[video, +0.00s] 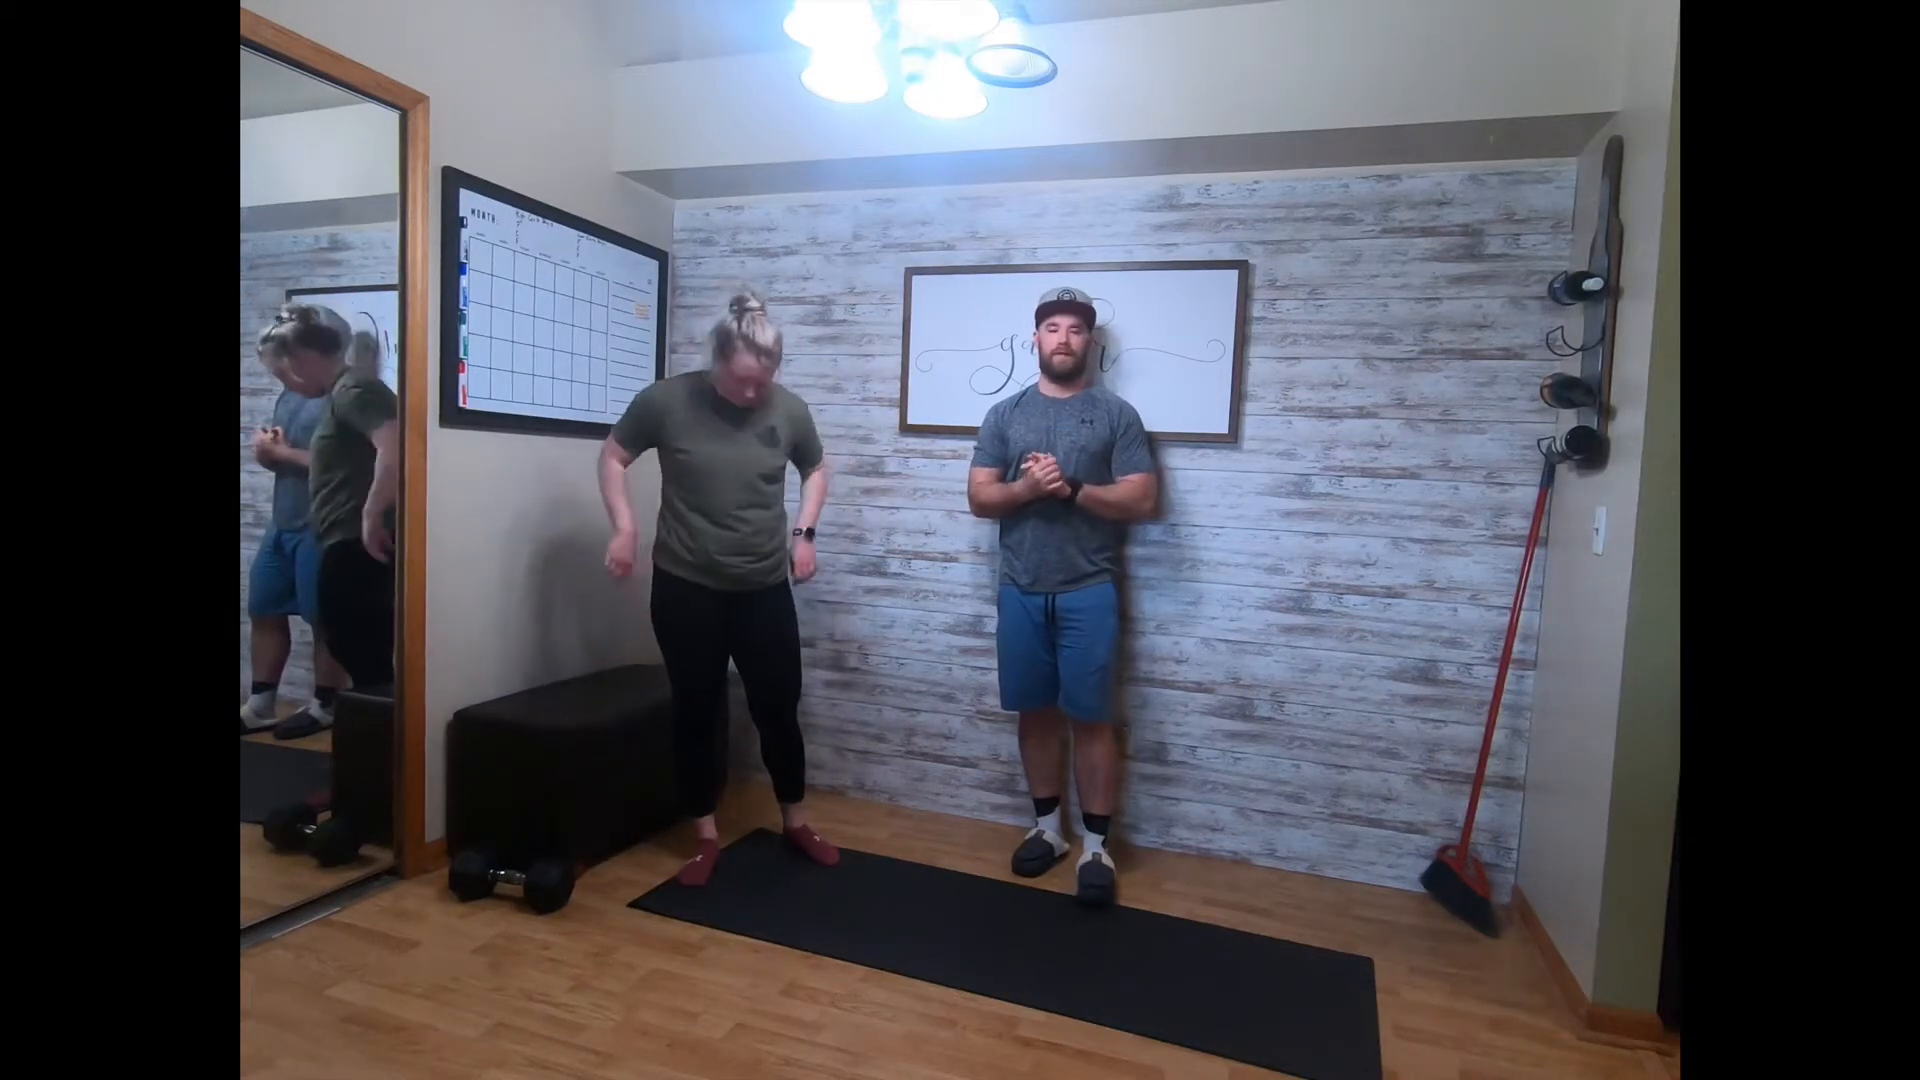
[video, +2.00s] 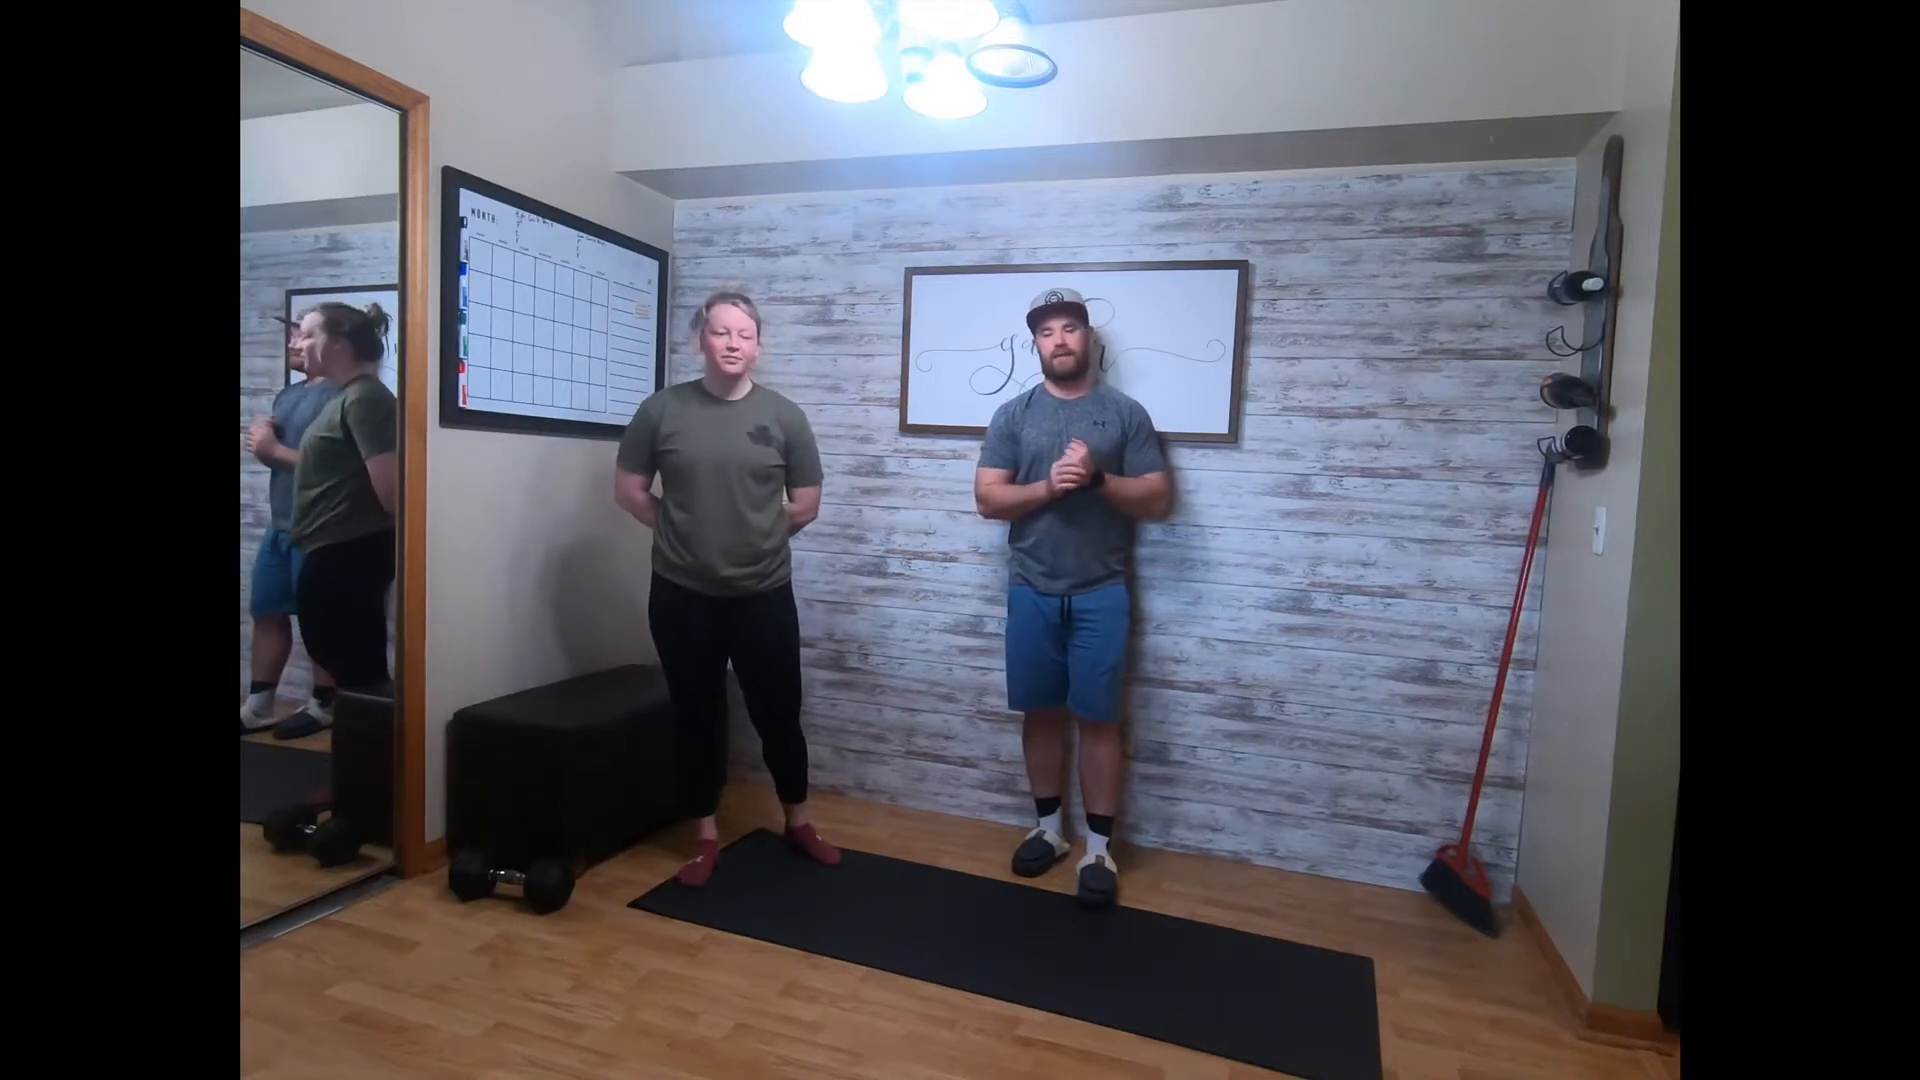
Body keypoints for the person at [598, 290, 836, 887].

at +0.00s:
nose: (751, 392)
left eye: (761, 381)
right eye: (741, 380)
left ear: (775, 367)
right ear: (717, 359)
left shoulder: (788, 410)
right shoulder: (667, 401)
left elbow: (816, 470)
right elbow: (613, 456)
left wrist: (805, 531)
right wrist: (624, 528)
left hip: (764, 587)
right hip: (686, 586)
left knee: (779, 709)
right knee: (696, 713)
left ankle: (797, 824)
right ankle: (707, 838)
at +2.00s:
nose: (733, 343)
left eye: (744, 334)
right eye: (722, 332)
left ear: (757, 345)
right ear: (702, 341)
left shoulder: (785, 417)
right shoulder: (661, 411)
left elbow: (805, 506)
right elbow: (628, 493)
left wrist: (746, 529)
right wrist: (684, 528)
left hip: (763, 593)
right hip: (682, 592)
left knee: (781, 716)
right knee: (696, 719)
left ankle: (799, 825)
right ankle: (707, 838)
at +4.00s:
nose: (798, 357)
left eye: (809, 347)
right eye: (787, 347)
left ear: (823, 352)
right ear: (769, 353)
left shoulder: (851, 420)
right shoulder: (736, 412)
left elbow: (867, 498)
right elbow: (703, 489)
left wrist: (815, 526)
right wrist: (756, 525)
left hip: (825, 591)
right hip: (752, 587)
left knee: (808, 710)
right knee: (734, 709)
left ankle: (798, 824)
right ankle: (711, 835)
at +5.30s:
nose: (777, 347)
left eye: (789, 338)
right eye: (766, 337)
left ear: (807, 346)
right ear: (750, 345)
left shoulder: (834, 418)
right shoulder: (715, 406)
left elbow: (845, 502)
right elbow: (678, 483)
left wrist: (792, 527)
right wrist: (731, 523)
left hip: (802, 590)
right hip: (726, 585)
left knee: (793, 708)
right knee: (722, 712)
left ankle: (797, 822)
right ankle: (714, 834)